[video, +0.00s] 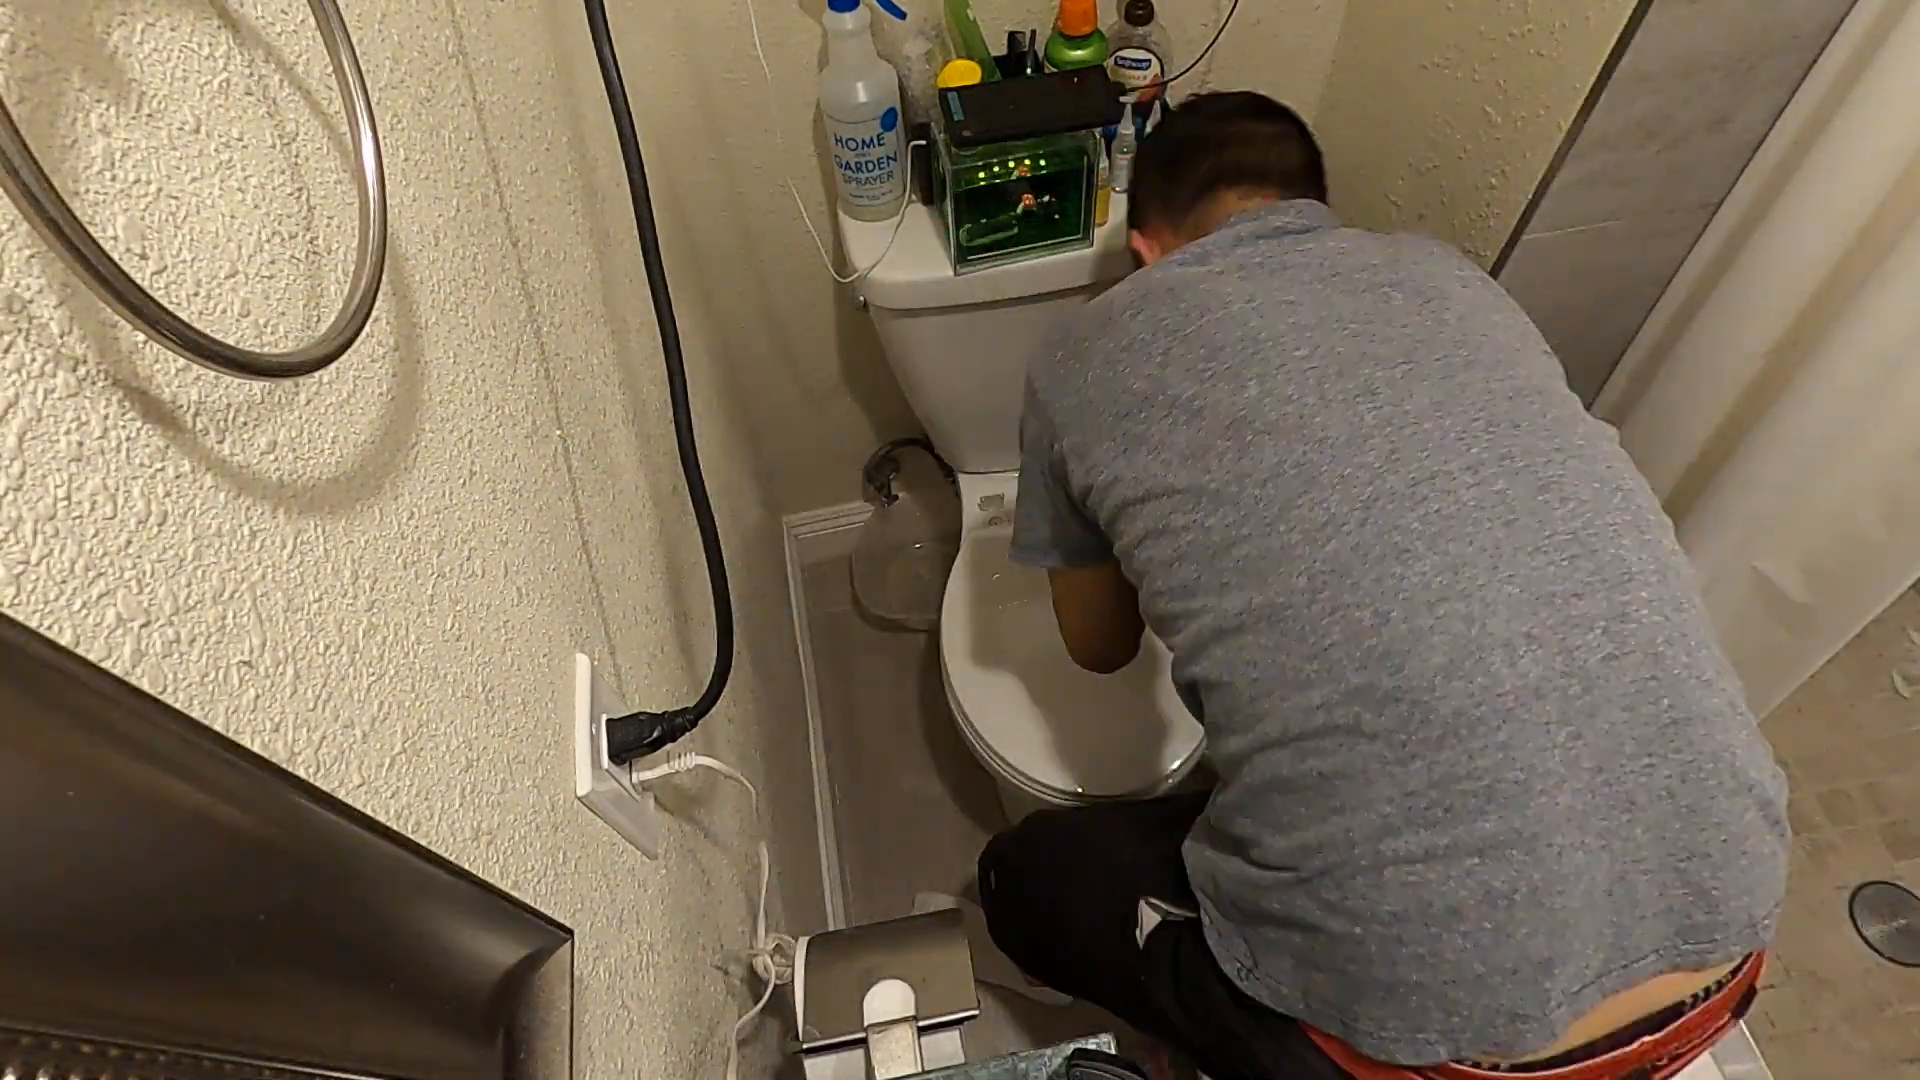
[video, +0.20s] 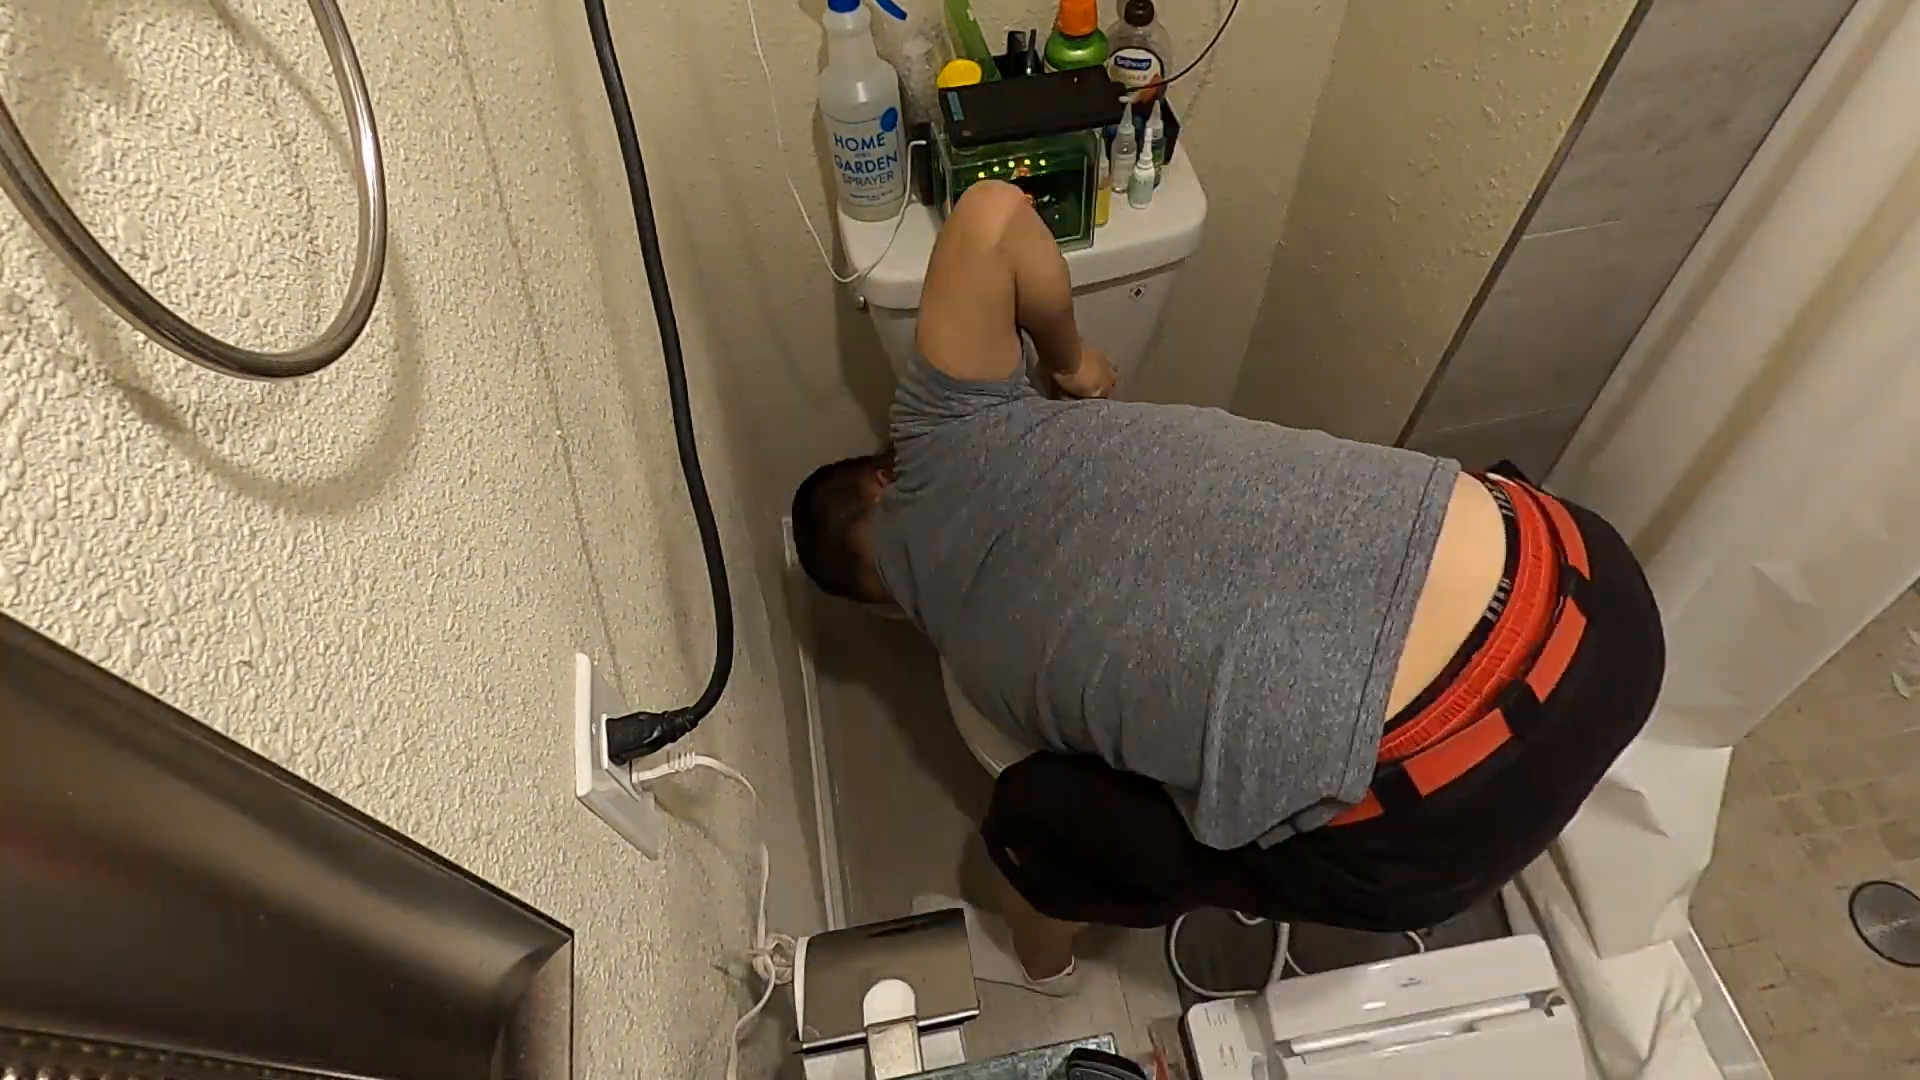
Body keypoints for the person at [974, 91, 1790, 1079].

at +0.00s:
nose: (1134, 262)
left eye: (1131, 248)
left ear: (1147, 246)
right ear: (1321, 203)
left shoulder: (1084, 354)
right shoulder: (1455, 274)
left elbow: (1098, 640)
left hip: (1410, 1050)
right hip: (1712, 987)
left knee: (1025, 874)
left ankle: (1198, 1065)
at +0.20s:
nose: (887, 461)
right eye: (878, 460)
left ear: (866, 599)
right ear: (881, 465)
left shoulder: (981, 675)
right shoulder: (949, 420)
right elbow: (993, 212)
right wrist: (1071, 356)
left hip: (1447, 822)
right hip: (1602, 608)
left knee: (1035, 813)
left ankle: (1047, 951)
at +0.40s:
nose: (1052, 285)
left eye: (1032, 263)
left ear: (1044, 246)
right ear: (1208, 126)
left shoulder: (1050, 416)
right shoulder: (1496, 168)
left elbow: (1214, 754)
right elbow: (1738, 455)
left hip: (1556, 1012)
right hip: (1810, 868)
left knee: (1098, 901)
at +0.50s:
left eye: (1220, 307)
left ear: (1234, 302)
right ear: (1416, 271)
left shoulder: (1173, 384)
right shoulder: (1554, 362)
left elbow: (1143, 778)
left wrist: (1252, 814)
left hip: (1449, 1043)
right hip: (1761, 1024)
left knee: (1087, 903)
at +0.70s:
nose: (1624, 595)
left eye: (1642, 581)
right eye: (1627, 571)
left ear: (1747, 581)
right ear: (1760, 565)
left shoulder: (1814, 702)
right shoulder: (1862, 591)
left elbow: (1526, 825)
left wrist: (1383, 721)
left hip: (1758, 1025)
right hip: (1729, 845)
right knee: (1505, 597)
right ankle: (1418, 850)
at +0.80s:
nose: (1766, 579)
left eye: (1809, 586)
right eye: (1795, 557)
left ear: (1900, 678)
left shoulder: (1823, 913)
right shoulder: (1820, 654)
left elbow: (1605, 974)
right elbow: (1641, 637)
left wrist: (1456, 775)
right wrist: (1472, 618)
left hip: (1679, 1028)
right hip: (1692, 832)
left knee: (1411, 966)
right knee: (1492, 693)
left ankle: (1170, 933)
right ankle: (1410, 869)